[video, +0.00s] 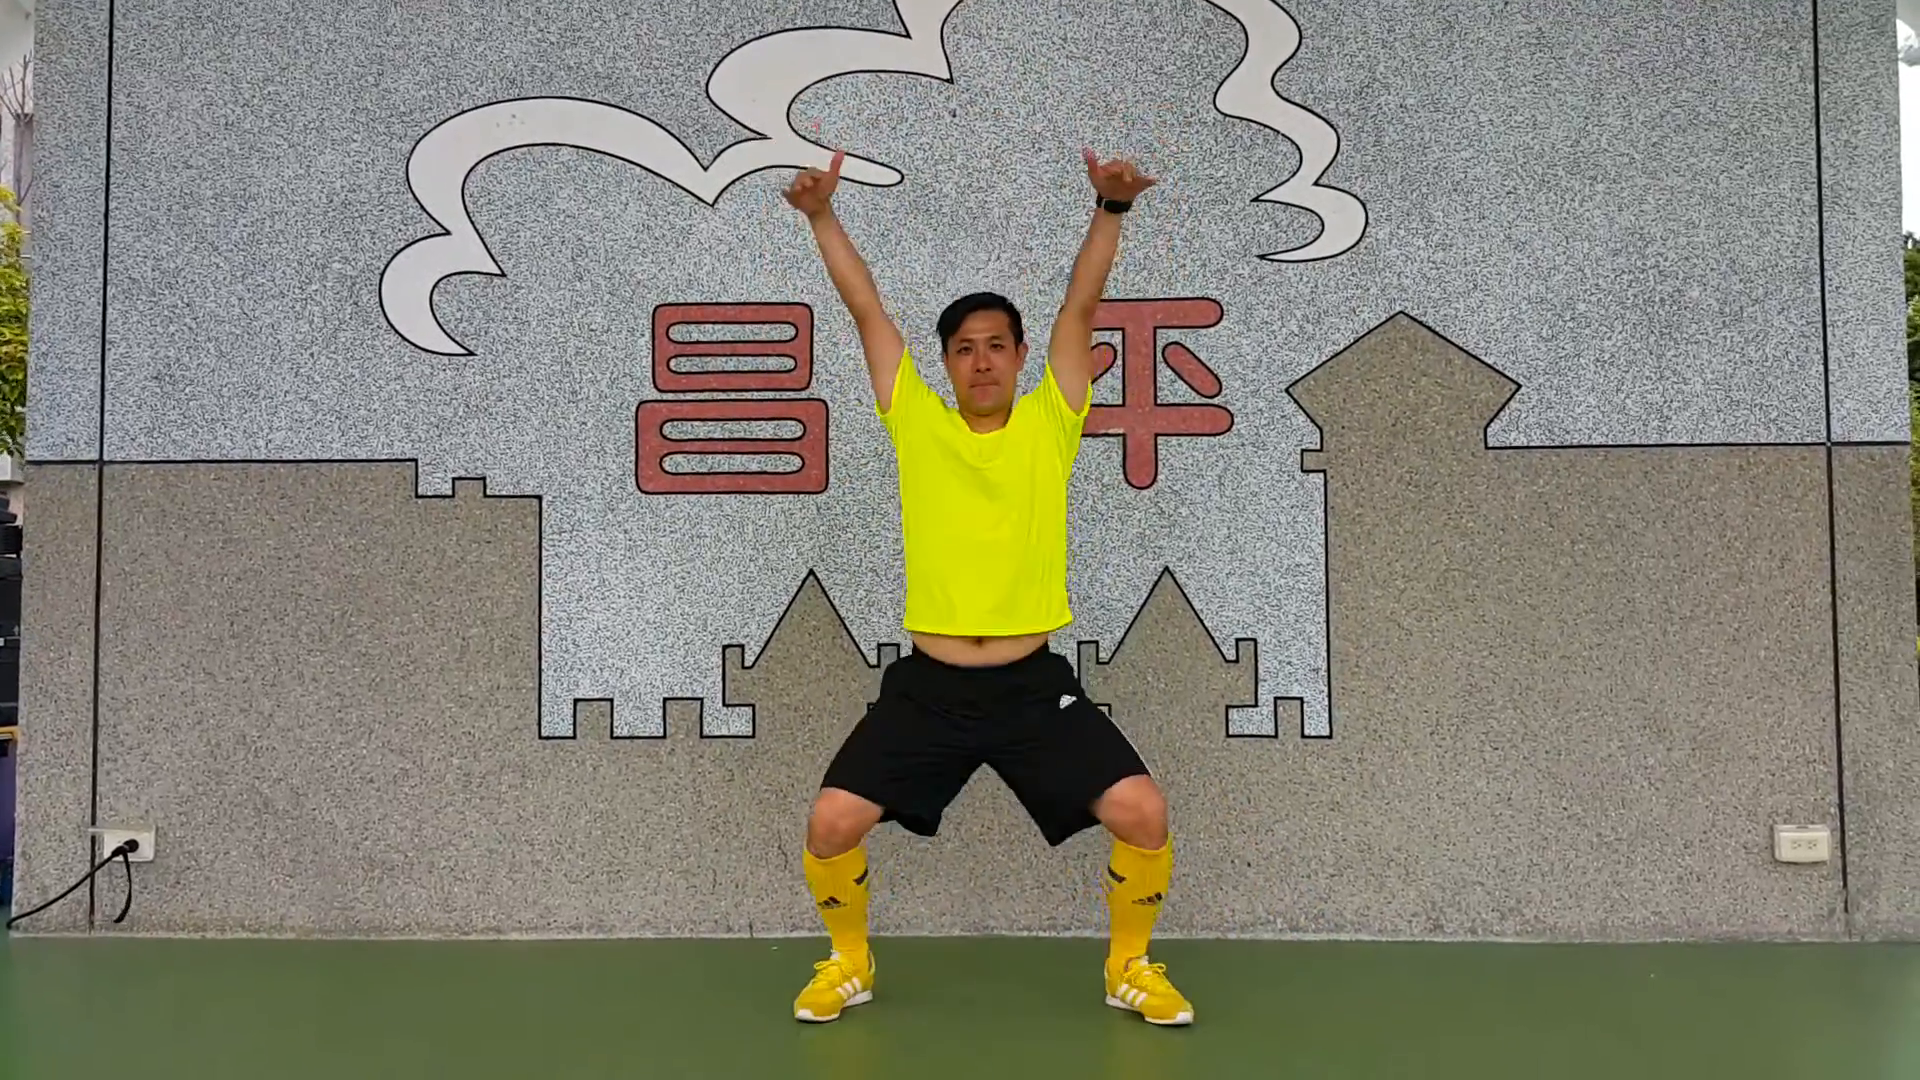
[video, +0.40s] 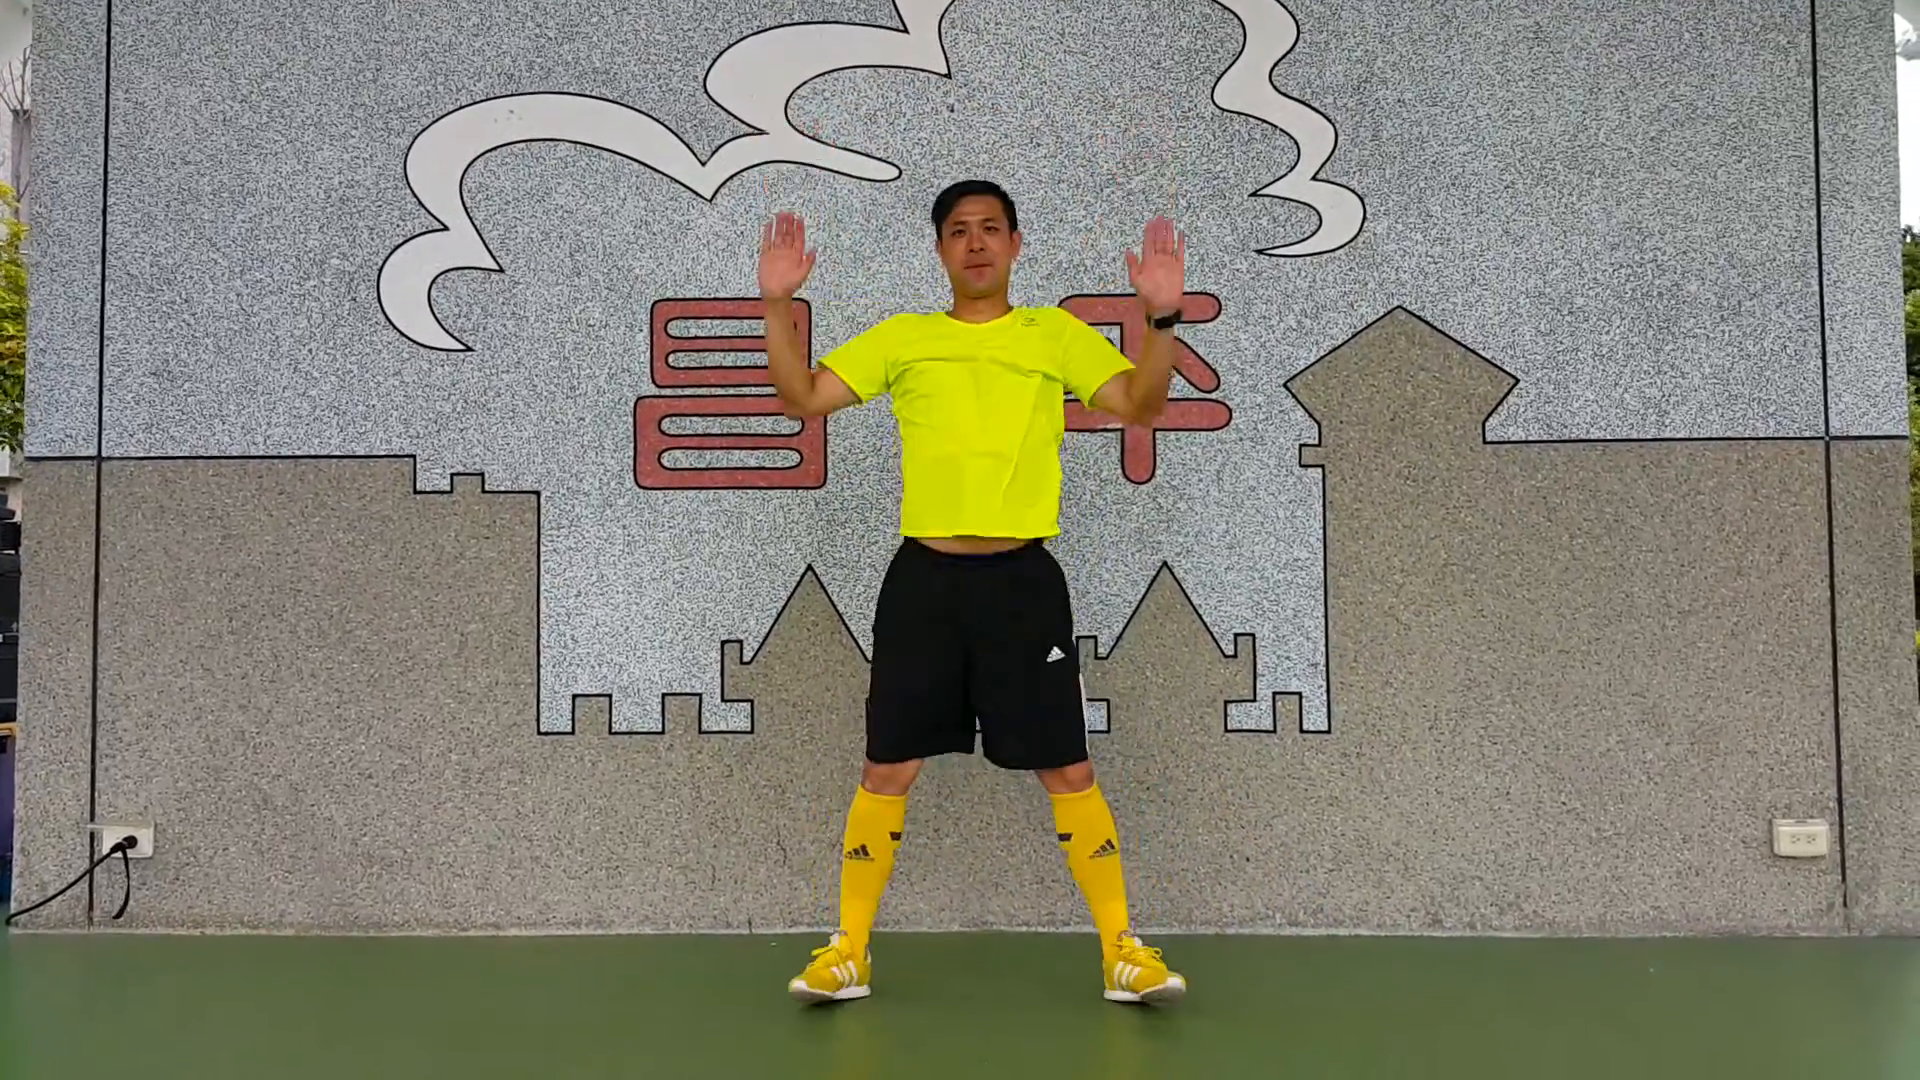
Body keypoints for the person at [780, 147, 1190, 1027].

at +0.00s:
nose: (981, 358)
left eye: (995, 346)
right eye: (966, 348)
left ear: (1022, 360)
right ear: (946, 365)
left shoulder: (1051, 429)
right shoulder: (917, 427)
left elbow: (1081, 311)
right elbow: (867, 315)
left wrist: (1110, 209)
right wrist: (821, 215)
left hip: (1036, 687)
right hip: (927, 689)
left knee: (1142, 812)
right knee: (830, 822)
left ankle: (1129, 968)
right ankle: (850, 964)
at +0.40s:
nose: (975, 241)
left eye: (991, 229)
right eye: (960, 231)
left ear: (1015, 247)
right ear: (939, 252)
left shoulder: (1053, 333)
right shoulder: (904, 338)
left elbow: (1137, 403)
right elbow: (803, 395)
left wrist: (1160, 314)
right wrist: (780, 298)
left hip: (1024, 579)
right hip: (921, 580)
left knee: (1068, 765)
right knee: (887, 764)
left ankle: (1122, 949)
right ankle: (848, 951)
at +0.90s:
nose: (976, 345)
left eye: (991, 331)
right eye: (961, 332)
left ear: (1017, 341)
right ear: (941, 345)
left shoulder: (1048, 404)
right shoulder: (914, 411)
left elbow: (1079, 287)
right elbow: (864, 298)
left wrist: (1107, 184)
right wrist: (818, 198)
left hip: (1038, 670)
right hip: (929, 674)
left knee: (1133, 816)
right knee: (833, 816)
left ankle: (1125, 961)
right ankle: (847, 958)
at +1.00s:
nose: (984, 344)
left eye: (998, 331)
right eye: (967, 333)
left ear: (1020, 342)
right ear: (944, 347)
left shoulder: (1047, 411)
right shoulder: (914, 412)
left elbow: (1085, 301)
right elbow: (857, 305)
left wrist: (1111, 198)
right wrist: (817, 201)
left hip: (1031, 670)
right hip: (923, 673)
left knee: (1127, 811)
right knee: (834, 817)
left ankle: (1125, 961)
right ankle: (848, 957)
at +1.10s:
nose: (985, 296)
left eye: (1001, 283)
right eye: (968, 284)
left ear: (1021, 297)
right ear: (943, 298)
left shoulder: (1050, 368)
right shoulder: (906, 362)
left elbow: (1135, 295)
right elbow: (827, 274)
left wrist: (1143, 190)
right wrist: (804, 158)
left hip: (1021, 619)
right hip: (917, 622)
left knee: (1105, 785)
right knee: (850, 798)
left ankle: (1121, 956)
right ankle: (847, 954)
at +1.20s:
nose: (994, 245)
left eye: (1007, 233)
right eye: (976, 233)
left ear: (1023, 246)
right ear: (947, 246)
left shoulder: (1055, 326)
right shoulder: (905, 309)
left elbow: (1166, 327)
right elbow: (794, 281)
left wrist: (1169, 235)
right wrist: (813, 168)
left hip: (1019, 575)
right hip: (918, 571)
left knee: (1082, 751)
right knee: (874, 766)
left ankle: (1097, 944)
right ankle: (844, 945)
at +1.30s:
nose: (1011, 226)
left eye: (1020, 212)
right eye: (992, 213)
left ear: (1031, 224)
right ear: (955, 225)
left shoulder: (1056, 321)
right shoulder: (914, 296)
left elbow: (1141, 397)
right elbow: (809, 343)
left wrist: (1170, 314)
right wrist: (839, 251)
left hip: (1019, 558)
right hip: (924, 554)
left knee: (1064, 750)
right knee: (880, 752)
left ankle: (1063, 943)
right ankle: (842, 936)